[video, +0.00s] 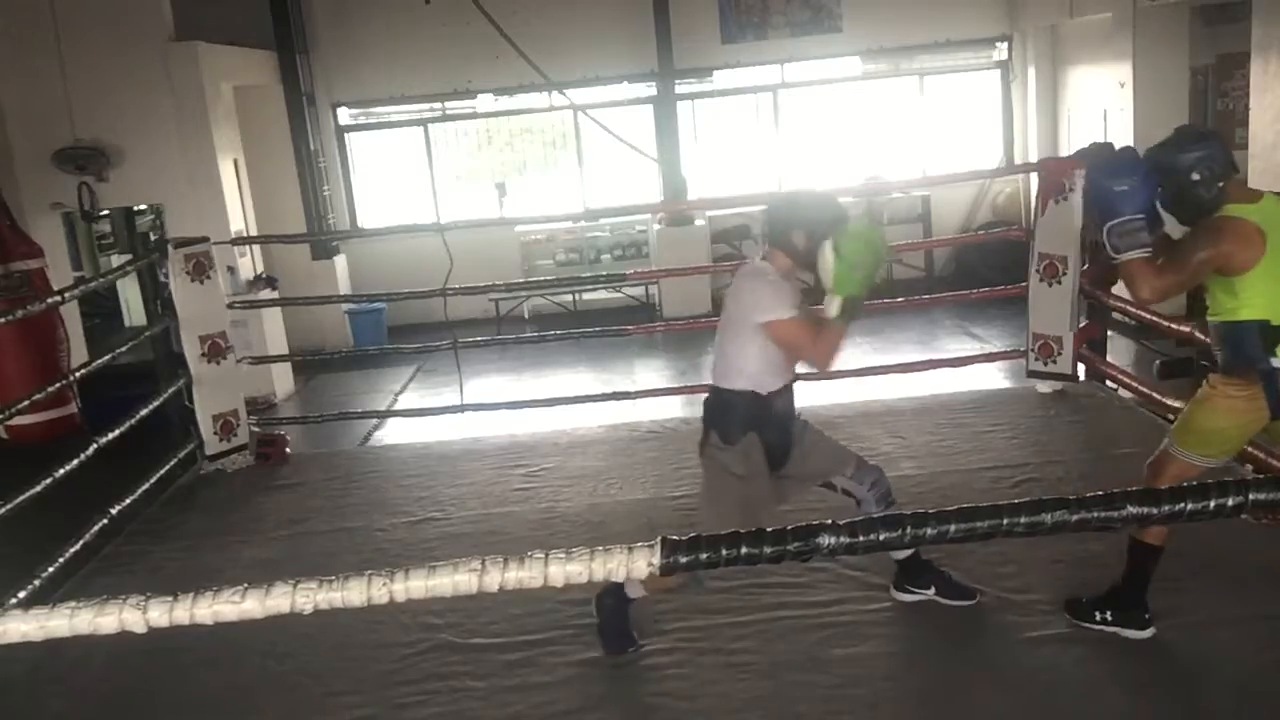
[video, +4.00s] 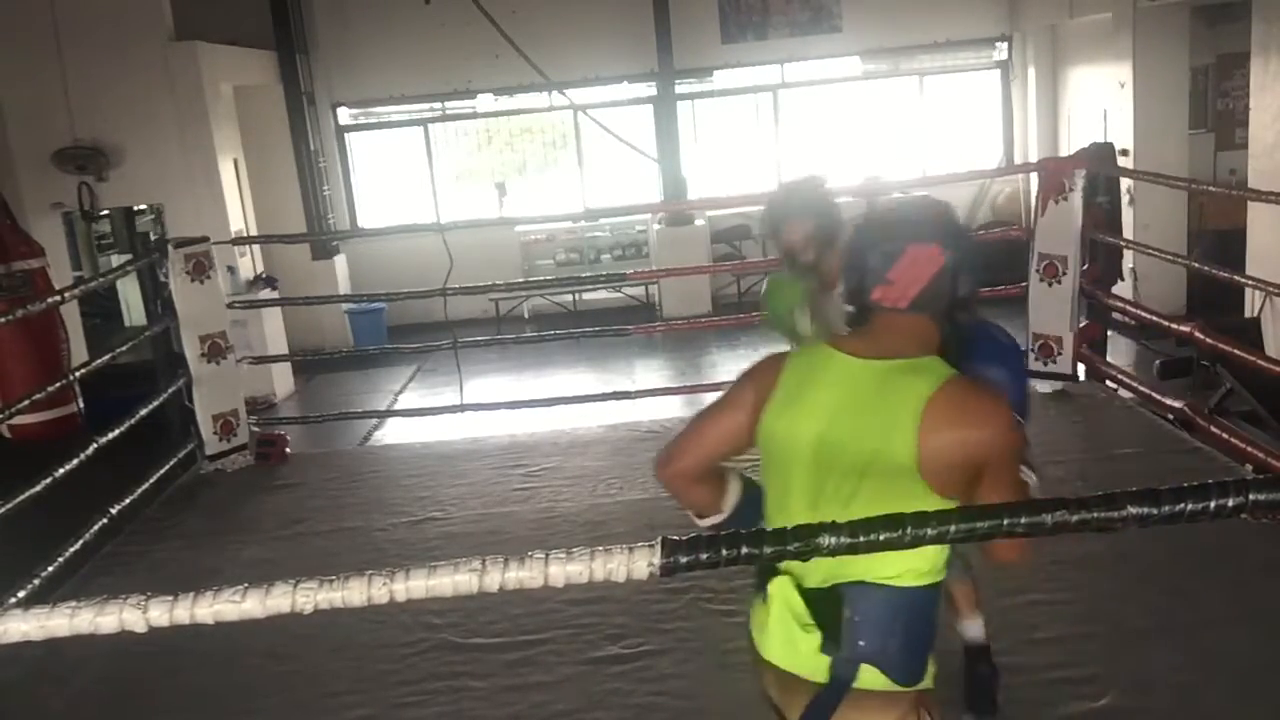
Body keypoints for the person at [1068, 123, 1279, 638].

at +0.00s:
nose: (1169, 200)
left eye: (1171, 188)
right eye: (1166, 188)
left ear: (1195, 182)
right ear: (1223, 171)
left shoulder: (1226, 231)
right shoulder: (1267, 207)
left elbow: (1147, 288)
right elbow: (1180, 268)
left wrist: (1123, 213)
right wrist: (1145, 218)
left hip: (1245, 381)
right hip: (1268, 372)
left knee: (1163, 476)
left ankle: (1129, 601)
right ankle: (1130, 599)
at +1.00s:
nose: (1237, 180)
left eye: (1241, 167)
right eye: (1240, 164)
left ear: (1263, 171)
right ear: (1270, 169)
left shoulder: (1272, 233)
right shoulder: (1267, 227)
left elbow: (1226, 309)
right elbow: (1244, 297)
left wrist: (1168, 249)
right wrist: (1219, 224)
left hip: (1265, 415)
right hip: (1265, 410)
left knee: (1175, 504)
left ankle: (1138, 650)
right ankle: (1140, 648)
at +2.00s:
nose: (1207, 220)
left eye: (1214, 208)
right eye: (1212, 206)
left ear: (1233, 214)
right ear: (1269, 213)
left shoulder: (1202, 298)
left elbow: (1136, 401)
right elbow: (1139, 400)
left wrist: (1201, 406)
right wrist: (1198, 406)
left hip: (1249, 512)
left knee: (1196, 613)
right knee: (1196, 615)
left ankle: (1147, 711)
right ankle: (1149, 708)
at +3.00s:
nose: (1005, 261)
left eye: (1009, 246)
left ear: (1026, 249)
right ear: (1105, 227)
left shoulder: (1006, 344)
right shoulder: (1199, 295)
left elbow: (936, 412)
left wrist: (935, 309)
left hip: (1071, 601)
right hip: (1200, 602)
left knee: (1064, 709)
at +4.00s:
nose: (967, 297)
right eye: (963, 282)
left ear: (857, 281)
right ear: (952, 289)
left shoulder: (780, 376)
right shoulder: (973, 413)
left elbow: (679, 467)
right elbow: (1009, 547)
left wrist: (755, 520)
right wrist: (1017, 475)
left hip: (777, 646)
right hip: (875, 671)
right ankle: (980, 650)